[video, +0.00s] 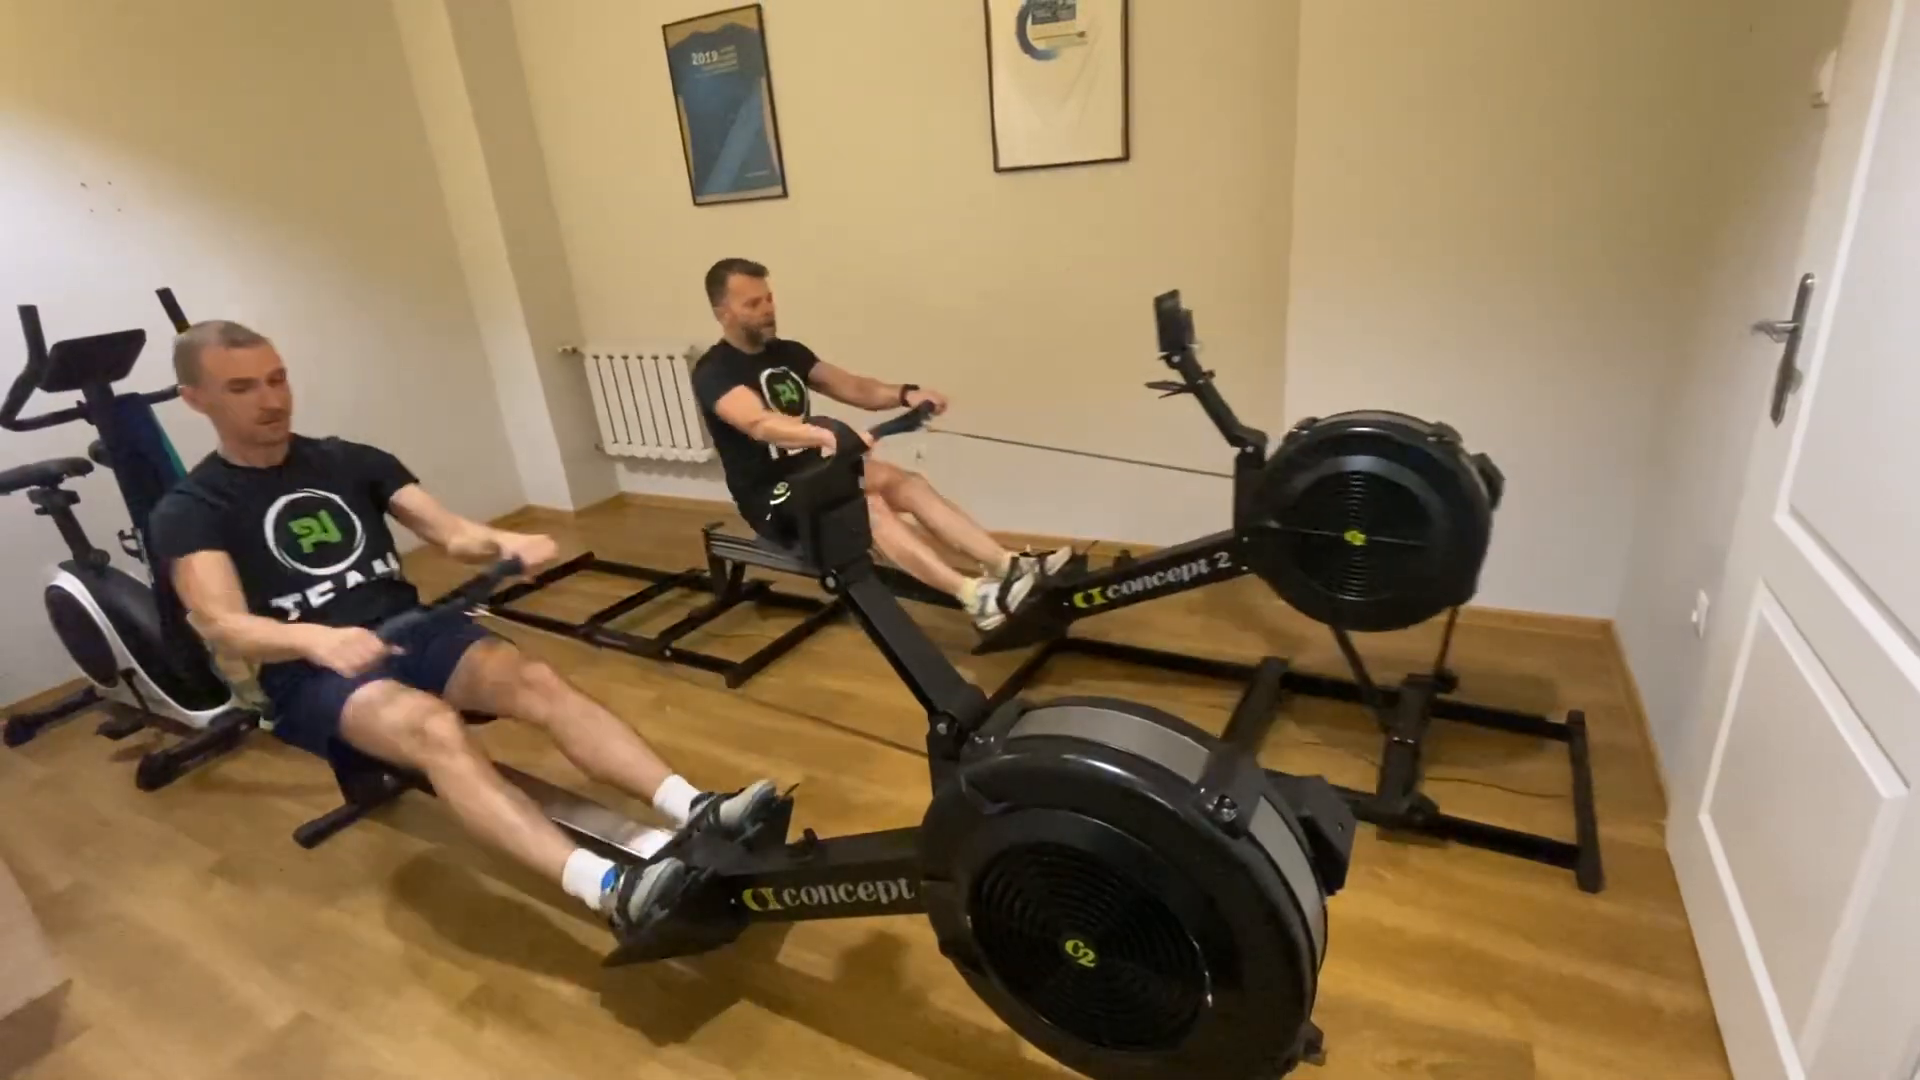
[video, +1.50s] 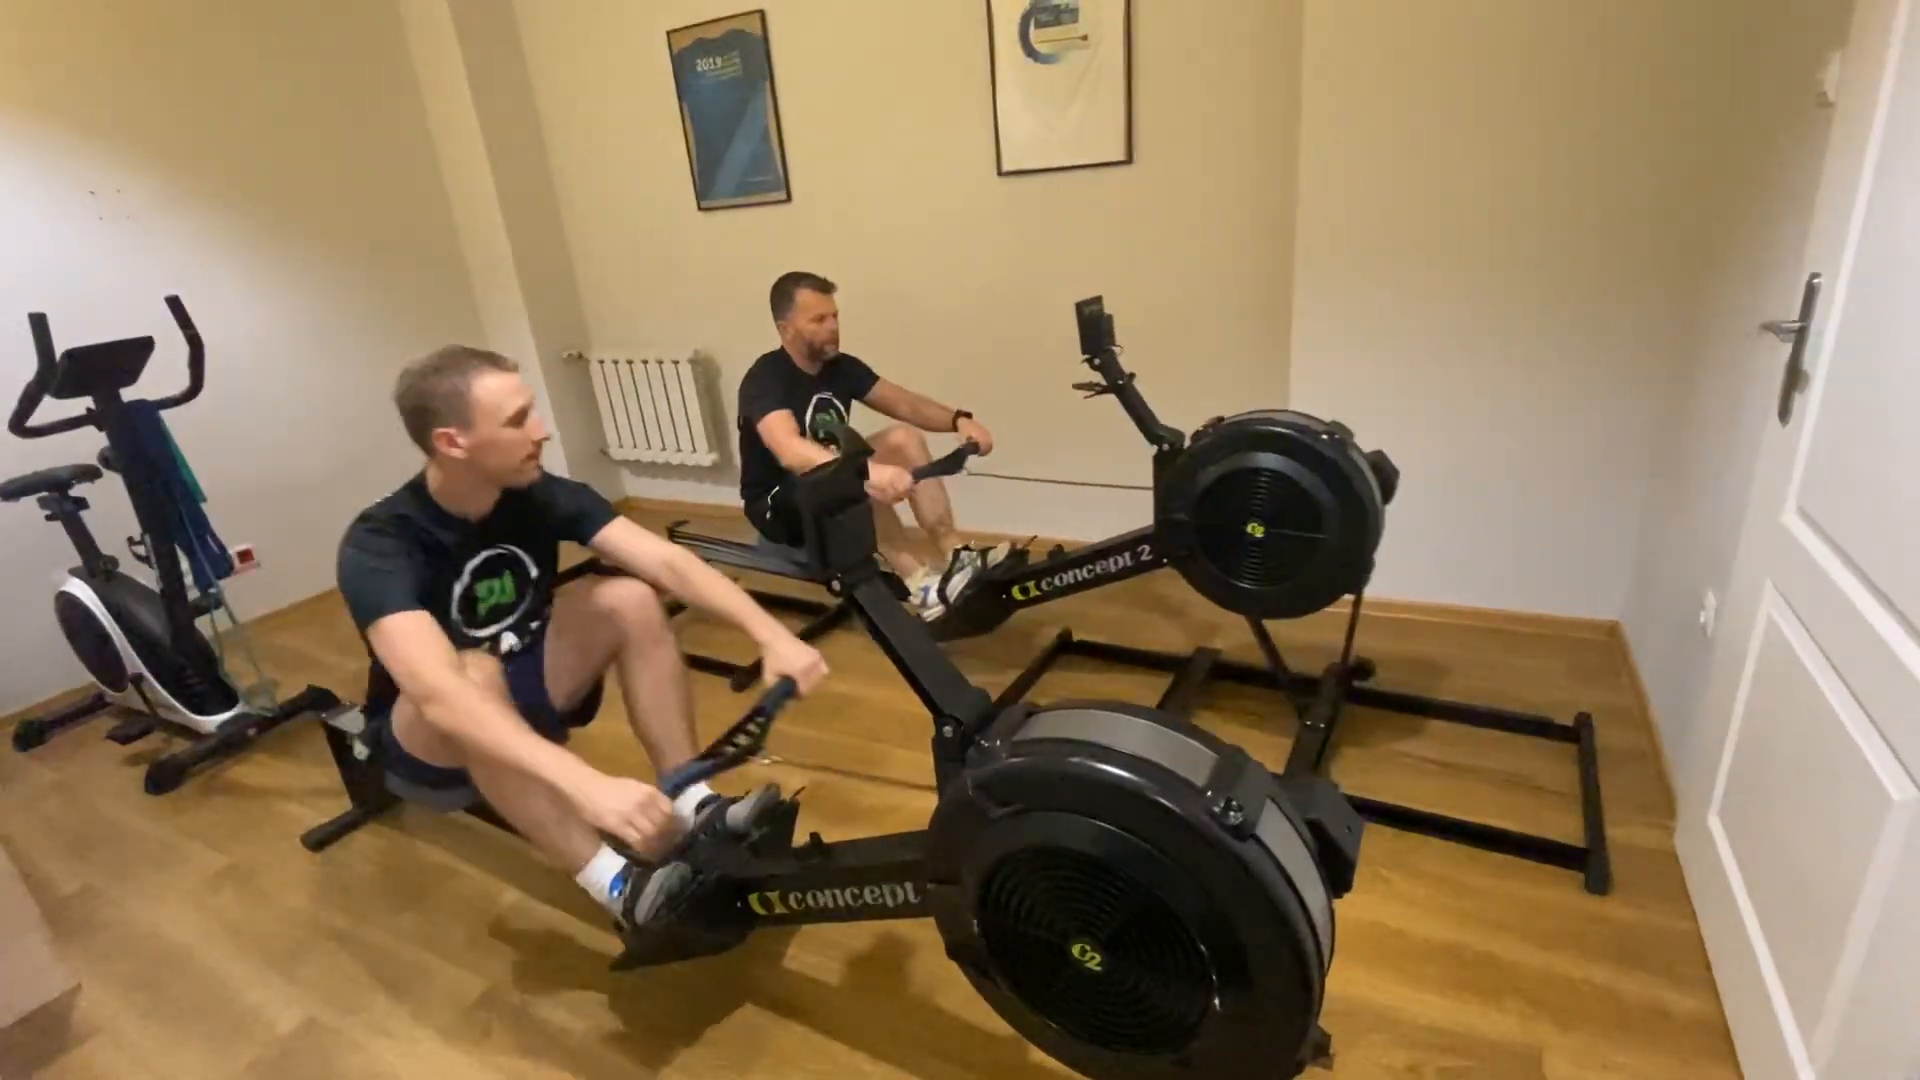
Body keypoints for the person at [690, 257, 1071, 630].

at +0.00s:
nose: (768, 310)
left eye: (768, 298)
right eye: (754, 304)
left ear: (771, 295)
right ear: (722, 312)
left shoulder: (786, 352)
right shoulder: (714, 372)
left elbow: (852, 387)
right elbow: (759, 423)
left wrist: (906, 395)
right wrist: (823, 436)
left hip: (826, 479)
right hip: (777, 500)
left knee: (906, 484)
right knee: (871, 508)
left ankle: (1008, 567)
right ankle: (975, 597)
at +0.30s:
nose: (743, 336)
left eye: (744, 325)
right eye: (729, 329)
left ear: (745, 325)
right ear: (696, 337)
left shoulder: (755, 376)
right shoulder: (686, 399)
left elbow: (781, 423)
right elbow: (666, 479)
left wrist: (811, 400)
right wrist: (708, 441)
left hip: (847, 480)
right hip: (804, 511)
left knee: (924, 519)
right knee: (896, 544)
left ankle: (1042, 571)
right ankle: (1012, 604)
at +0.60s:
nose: (750, 333)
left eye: (752, 321)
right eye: (738, 325)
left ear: (755, 320)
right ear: (706, 330)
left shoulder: (764, 372)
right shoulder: (692, 394)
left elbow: (788, 420)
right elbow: (678, 475)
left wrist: (822, 398)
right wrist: (715, 434)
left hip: (843, 478)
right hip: (800, 507)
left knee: (925, 511)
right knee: (897, 538)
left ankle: (1038, 572)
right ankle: (1009, 603)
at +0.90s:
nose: (774, 318)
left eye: (775, 307)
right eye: (761, 311)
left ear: (777, 307)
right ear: (728, 318)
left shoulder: (786, 361)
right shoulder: (711, 380)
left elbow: (827, 404)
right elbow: (701, 460)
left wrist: (866, 401)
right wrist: (762, 436)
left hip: (833, 483)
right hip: (787, 507)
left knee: (916, 484)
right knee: (881, 508)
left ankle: (1017, 568)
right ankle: (987, 599)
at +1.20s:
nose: (802, 319)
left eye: (802, 308)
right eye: (788, 311)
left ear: (805, 306)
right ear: (754, 319)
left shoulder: (811, 362)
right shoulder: (737, 376)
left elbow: (866, 402)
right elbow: (739, 453)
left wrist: (910, 409)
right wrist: (808, 453)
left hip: (835, 481)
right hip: (782, 500)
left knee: (912, 464)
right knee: (871, 482)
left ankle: (988, 565)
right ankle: (954, 591)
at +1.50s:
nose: (834, 327)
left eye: (834, 316)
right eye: (820, 320)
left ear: (838, 312)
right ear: (786, 328)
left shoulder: (840, 367)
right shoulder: (764, 380)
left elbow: (906, 404)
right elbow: (790, 452)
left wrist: (959, 419)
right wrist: (863, 475)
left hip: (832, 483)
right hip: (780, 504)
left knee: (904, 440)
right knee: (853, 483)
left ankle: (956, 559)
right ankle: (918, 580)